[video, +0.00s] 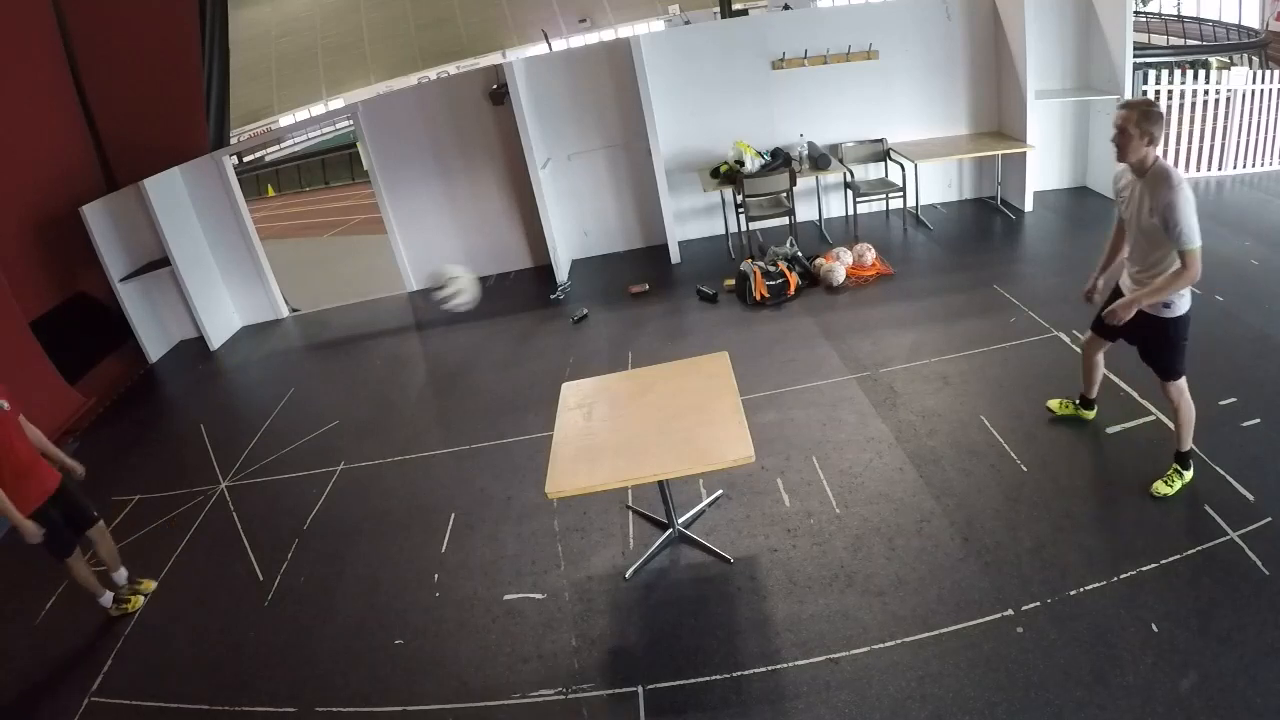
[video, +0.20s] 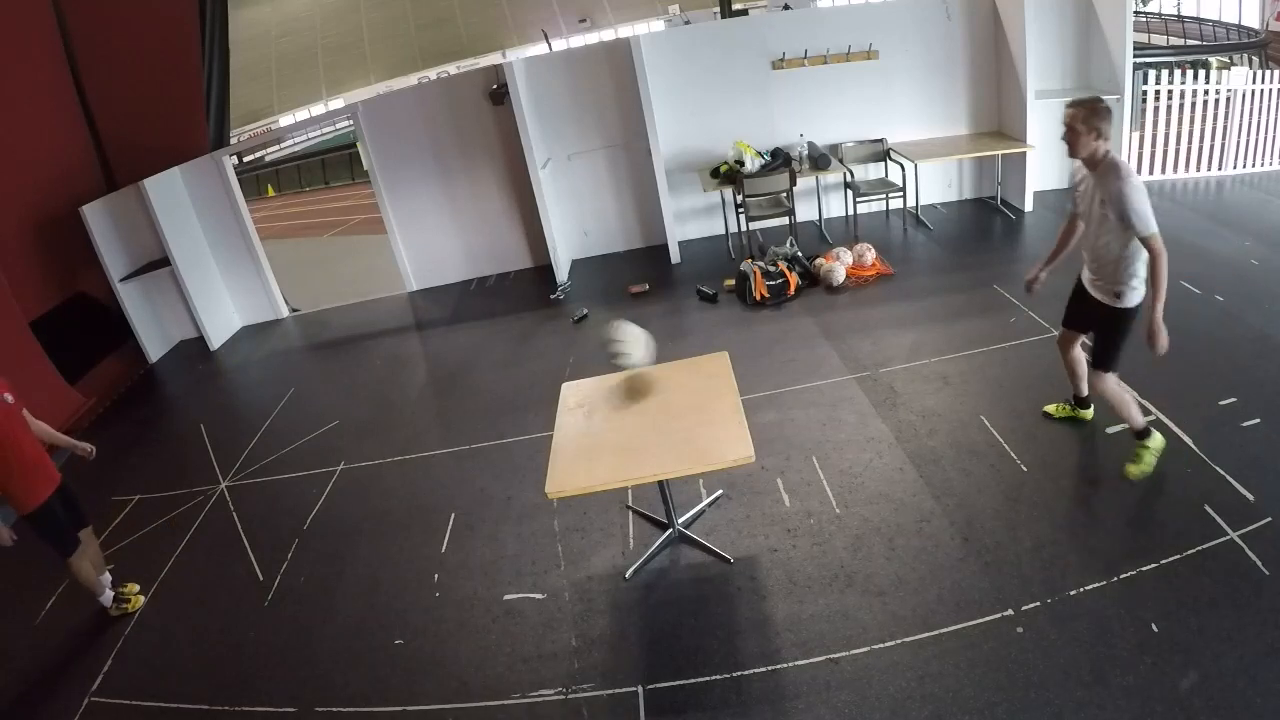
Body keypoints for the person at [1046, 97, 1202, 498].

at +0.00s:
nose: (1115, 137)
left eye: (1124, 133)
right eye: (1116, 130)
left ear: (1149, 141)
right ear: (1124, 135)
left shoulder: (1172, 190)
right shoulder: (1123, 177)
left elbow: (1191, 269)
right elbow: (1122, 231)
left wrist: (1136, 300)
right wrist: (1100, 276)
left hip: (1166, 307)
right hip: (1127, 291)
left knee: (1174, 389)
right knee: (1091, 347)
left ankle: (1183, 463)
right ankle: (1086, 404)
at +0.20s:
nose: (1065, 136)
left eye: (1072, 130)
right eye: (1065, 129)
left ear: (1098, 135)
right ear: (1083, 133)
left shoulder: (1123, 183)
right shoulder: (1082, 173)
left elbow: (1157, 249)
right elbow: (1075, 224)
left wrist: (1156, 316)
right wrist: (1044, 268)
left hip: (1121, 294)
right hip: (1090, 279)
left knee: (1100, 377)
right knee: (1067, 342)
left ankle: (1148, 436)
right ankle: (1081, 406)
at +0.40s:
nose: (1030, 119)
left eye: (1038, 112)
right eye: (1031, 111)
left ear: (1063, 116)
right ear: (1054, 117)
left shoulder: (1096, 165)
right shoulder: (1046, 157)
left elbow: (1134, 228)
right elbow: (1043, 207)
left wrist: (1149, 288)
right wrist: (1014, 246)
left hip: (1079, 275)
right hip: (1051, 264)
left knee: (1040, 345)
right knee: (1036, 329)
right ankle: (1066, 383)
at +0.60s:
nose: (1002, 143)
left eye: (1006, 136)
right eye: (1001, 135)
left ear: (1029, 134)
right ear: (1027, 133)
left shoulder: (1062, 182)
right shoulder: (1031, 165)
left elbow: (1080, 261)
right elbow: (1035, 224)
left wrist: (1074, 329)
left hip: (1036, 285)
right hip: (1012, 263)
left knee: (1002, 355)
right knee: (954, 306)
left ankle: (1024, 419)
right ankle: (957, 366)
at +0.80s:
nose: (967, 137)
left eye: (969, 130)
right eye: (965, 130)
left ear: (990, 127)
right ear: (991, 125)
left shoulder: (1025, 168)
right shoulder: (1009, 154)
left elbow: (1017, 251)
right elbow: (1006, 221)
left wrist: (969, 298)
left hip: (1011, 276)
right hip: (987, 256)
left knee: (1002, 352)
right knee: (931, 304)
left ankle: (1024, 417)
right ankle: (873, 358)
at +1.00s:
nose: (936, 133)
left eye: (939, 126)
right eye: (936, 125)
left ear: (961, 125)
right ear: (965, 124)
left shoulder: (988, 175)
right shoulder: (975, 159)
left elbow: (985, 249)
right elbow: (970, 227)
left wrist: (939, 292)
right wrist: (953, 264)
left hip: (977, 285)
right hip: (954, 270)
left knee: (957, 357)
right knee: (928, 332)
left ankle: (1011, 405)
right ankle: (931, 399)